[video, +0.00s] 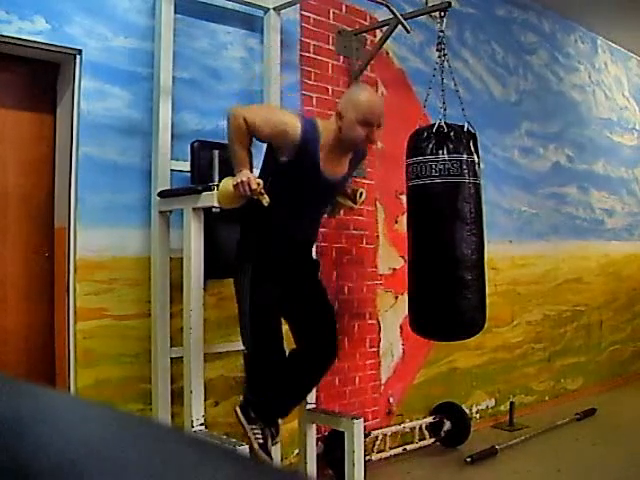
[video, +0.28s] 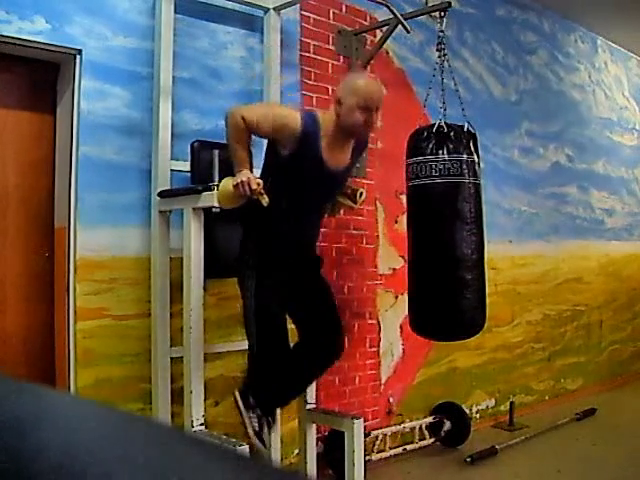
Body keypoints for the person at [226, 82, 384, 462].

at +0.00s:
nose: (373, 137)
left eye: (378, 127)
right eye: (366, 125)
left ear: (380, 124)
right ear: (340, 116)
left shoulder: (354, 153)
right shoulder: (297, 133)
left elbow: (322, 177)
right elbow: (240, 117)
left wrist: (339, 194)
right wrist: (243, 171)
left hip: (298, 259)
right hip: (259, 256)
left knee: (322, 345)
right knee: (264, 348)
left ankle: (259, 411)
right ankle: (265, 424)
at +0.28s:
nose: (372, 122)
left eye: (377, 113)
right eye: (365, 111)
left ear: (378, 112)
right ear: (339, 105)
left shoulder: (357, 143)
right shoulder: (299, 126)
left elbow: (311, 181)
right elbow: (237, 117)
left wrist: (337, 194)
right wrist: (244, 171)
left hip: (301, 255)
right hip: (262, 253)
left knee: (327, 341)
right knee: (269, 351)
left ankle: (258, 399)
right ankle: (263, 457)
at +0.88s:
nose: (366, 84)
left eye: (370, 76)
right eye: (359, 74)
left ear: (371, 75)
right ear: (335, 67)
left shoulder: (353, 111)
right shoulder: (291, 96)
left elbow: (338, 149)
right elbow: (234, 118)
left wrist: (341, 181)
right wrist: (243, 170)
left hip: (302, 230)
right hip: (262, 224)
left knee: (321, 318)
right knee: (259, 321)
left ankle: (248, 370)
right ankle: (250, 378)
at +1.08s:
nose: (375, 143)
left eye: (379, 134)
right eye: (367, 133)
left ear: (380, 133)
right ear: (341, 124)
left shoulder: (353, 161)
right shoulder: (299, 139)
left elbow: (313, 187)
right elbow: (242, 118)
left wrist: (338, 196)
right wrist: (243, 170)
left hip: (296, 264)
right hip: (257, 261)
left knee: (321, 349)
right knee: (262, 351)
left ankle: (254, 412)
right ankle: (262, 426)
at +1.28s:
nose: (375, 130)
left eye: (379, 120)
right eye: (368, 119)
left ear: (381, 118)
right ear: (341, 111)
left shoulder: (357, 150)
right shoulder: (301, 130)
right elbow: (240, 118)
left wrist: (341, 192)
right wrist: (243, 170)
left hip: (299, 257)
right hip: (261, 254)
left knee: (324, 342)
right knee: (265, 351)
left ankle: (253, 398)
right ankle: (262, 459)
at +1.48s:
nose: (367, 52)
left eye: (371, 43)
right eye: (361, 41)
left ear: (369, 45)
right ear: (335, 37)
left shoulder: (354, 83)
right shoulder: (289, 78)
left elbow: (334, 140)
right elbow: (237, 114)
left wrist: (339, 181)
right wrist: (243, 169)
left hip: (307, 210)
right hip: (268, 206)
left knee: (321, 300)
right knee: (261, 299)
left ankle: (245, 342)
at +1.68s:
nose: (360, 36)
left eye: (366, 29)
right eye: (353, 26)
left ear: (370, 32)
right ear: (327, 20)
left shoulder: (350, 72)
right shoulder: (282, 62)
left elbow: (341, 127)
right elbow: (246, 113)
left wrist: (341, 179)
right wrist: (244, 168)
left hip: (308, 195)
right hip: (268, 190)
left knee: (319, 285)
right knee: (257, 279)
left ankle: (241, 325)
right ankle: (242, 332)